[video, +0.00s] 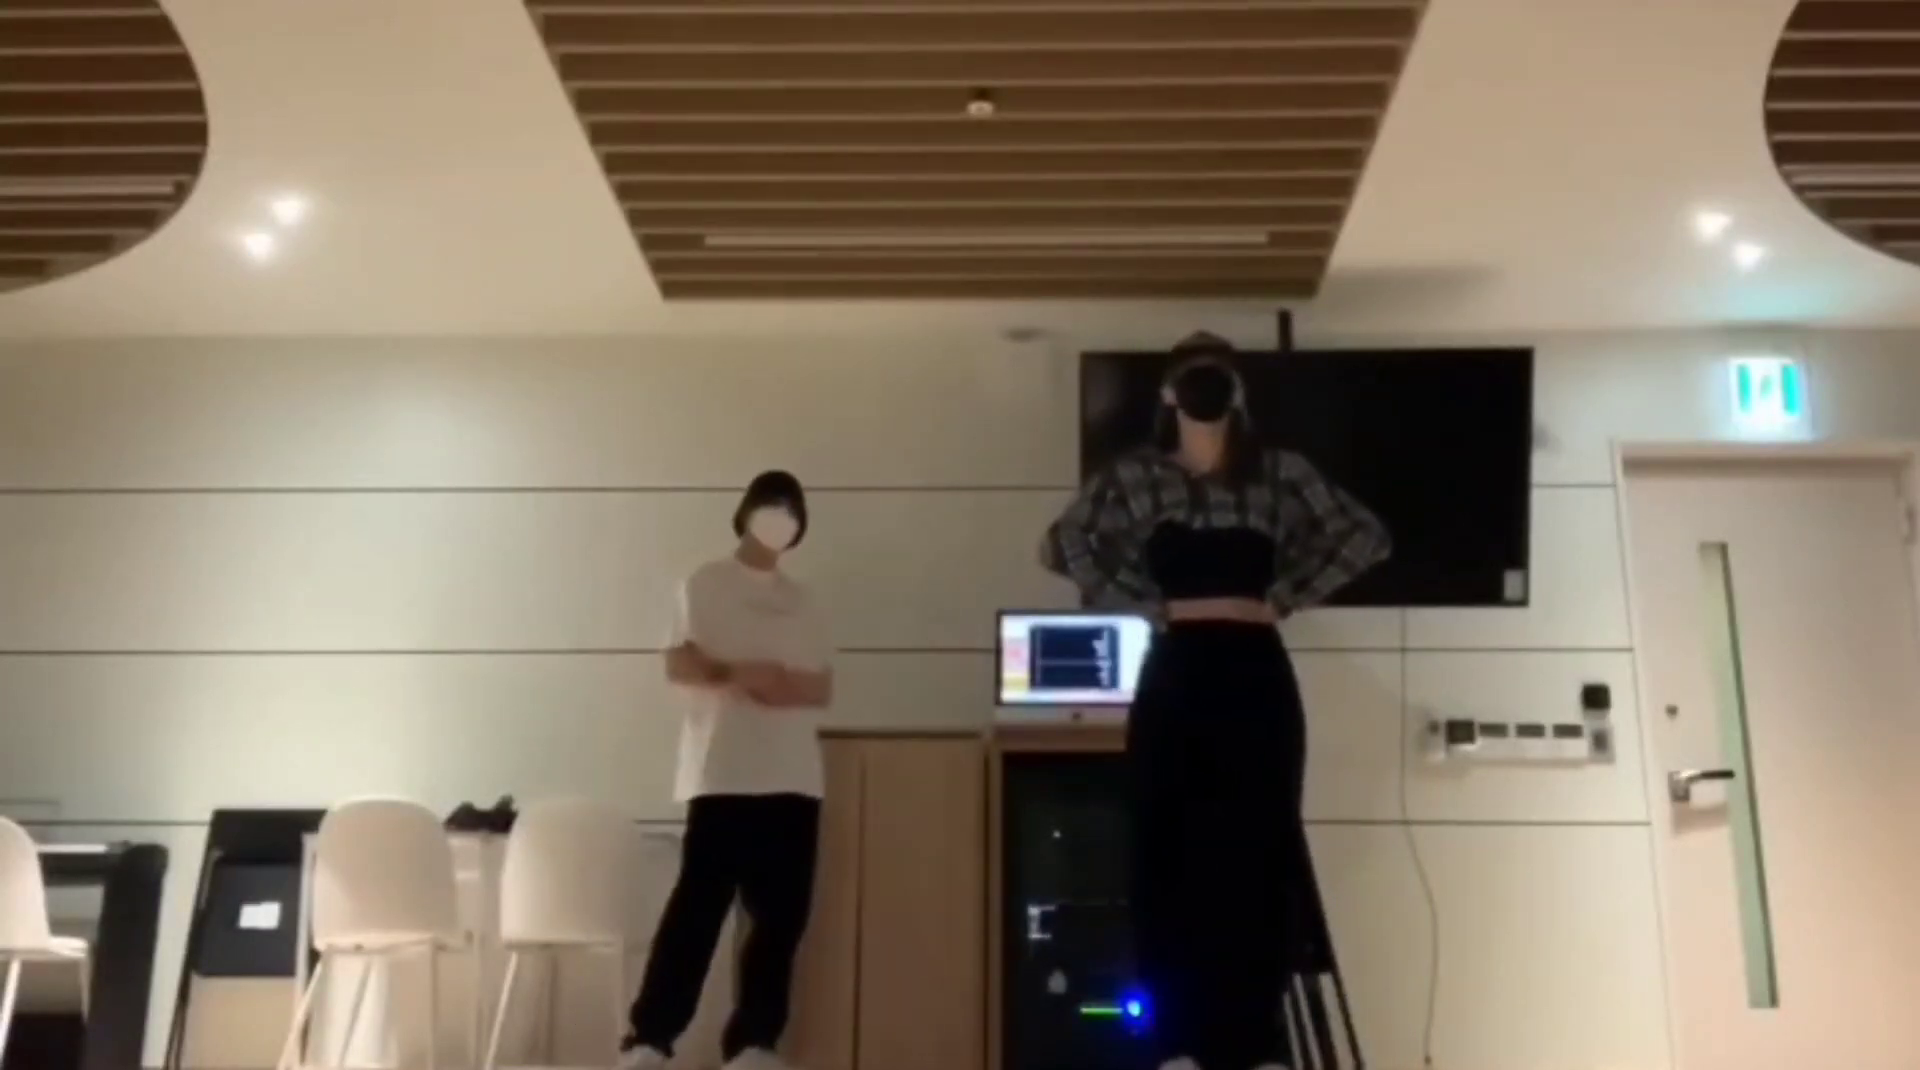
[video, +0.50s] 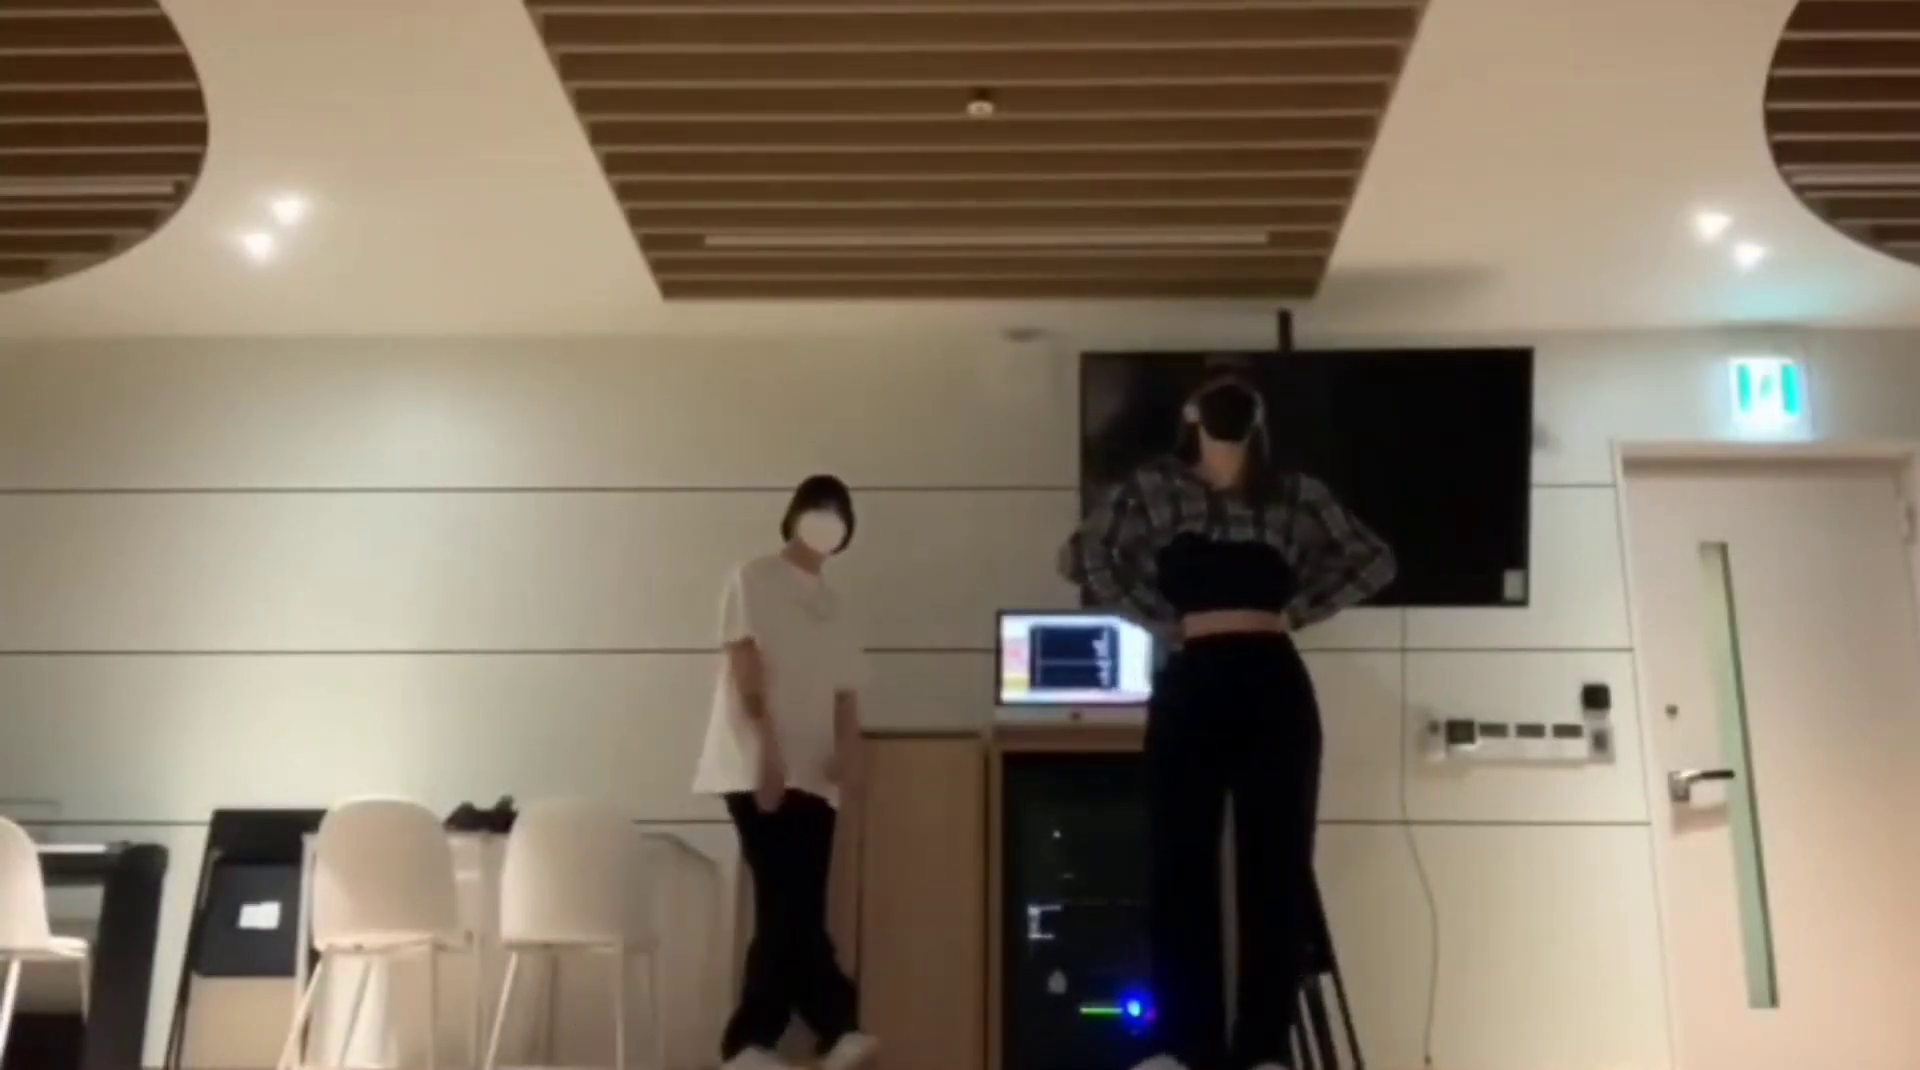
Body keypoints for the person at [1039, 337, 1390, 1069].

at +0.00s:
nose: (1206, 387)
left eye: (1219, 376)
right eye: (1192, 376)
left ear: (1241, 392)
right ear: (1167, 393)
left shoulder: (1280, 474)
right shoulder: (1138, 477)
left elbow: (1365, 537)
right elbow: (1065, 544)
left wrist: (1288, 595)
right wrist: (1144, 596)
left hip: (1256, 674)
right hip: (1177, 675)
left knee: (1259, 847)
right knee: (1175, 847)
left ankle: (1253, 1032)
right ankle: (1187, 1034)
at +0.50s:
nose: (1227, 426)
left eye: (1230, 414)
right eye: (1221, 415)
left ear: (1197, 422)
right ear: (1222, 425)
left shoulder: (1296, 496)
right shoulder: (1155, 490)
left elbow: (1373, 561)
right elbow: (1091, 562)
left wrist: (1299, 610)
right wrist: (1160, 619)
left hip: (1273, 685)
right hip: (1191, 687)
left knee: (1275, 865)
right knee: (1183, 863)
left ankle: (1266, 1042)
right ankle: (1191, 1041)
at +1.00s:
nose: (1234, 415)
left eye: (1246, 405)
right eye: (1219, 405)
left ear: (1265, 423)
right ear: (1194, 421)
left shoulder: (1296, 509)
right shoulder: (1158, 499)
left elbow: (1319, 615)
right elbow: (1111, 582)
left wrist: (1344, 704)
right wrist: (1163, 584)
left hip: (1282, 696)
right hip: (1198, 693)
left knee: (1278, 874)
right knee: (1187, 869)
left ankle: (1267, 1041)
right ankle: (1191, 1040)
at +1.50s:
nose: (1238, 419)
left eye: (1251, 406)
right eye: (1224, 408)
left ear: (1270, 425)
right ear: (1201, 425)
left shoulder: (1302, 507)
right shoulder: (1170, 498)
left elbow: (1322, 612)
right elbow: (1115, 588)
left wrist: (1334, 704)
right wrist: (1185, 547)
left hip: (1275, 687)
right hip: (1194, 685)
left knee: (1276, 863)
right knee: (1179, 856)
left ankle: (1265, 1040)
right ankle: (1188, 1034)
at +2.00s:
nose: (1218, 426)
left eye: (1230, 414)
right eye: (1202, 416)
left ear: (1250, 432)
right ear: (1179, 433)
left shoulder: (1286, 521)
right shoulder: (1146, 517)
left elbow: (1312, 626)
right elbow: (1112, 600)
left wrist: (1322, 722)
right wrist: (1176, 583)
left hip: (1260, 702)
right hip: (1184, 703)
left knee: (1268, 867)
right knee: (1192, 869)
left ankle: (1263, 1040)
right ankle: (1203, 1039)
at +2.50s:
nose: (1206, 441)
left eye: (1217, 430)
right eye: (1192, 430)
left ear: (1237, 445)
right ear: (1168, 443)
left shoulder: (1271, 525)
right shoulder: (1135, 529)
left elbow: (1291, 628)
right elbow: (1119, 632)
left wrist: (1299, 721)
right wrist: (1119, 719)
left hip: (1250, 714)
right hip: (1175, 715)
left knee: (1260, 875)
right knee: (1184, 877)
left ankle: (1262, 1038)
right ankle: (1200, 1038)